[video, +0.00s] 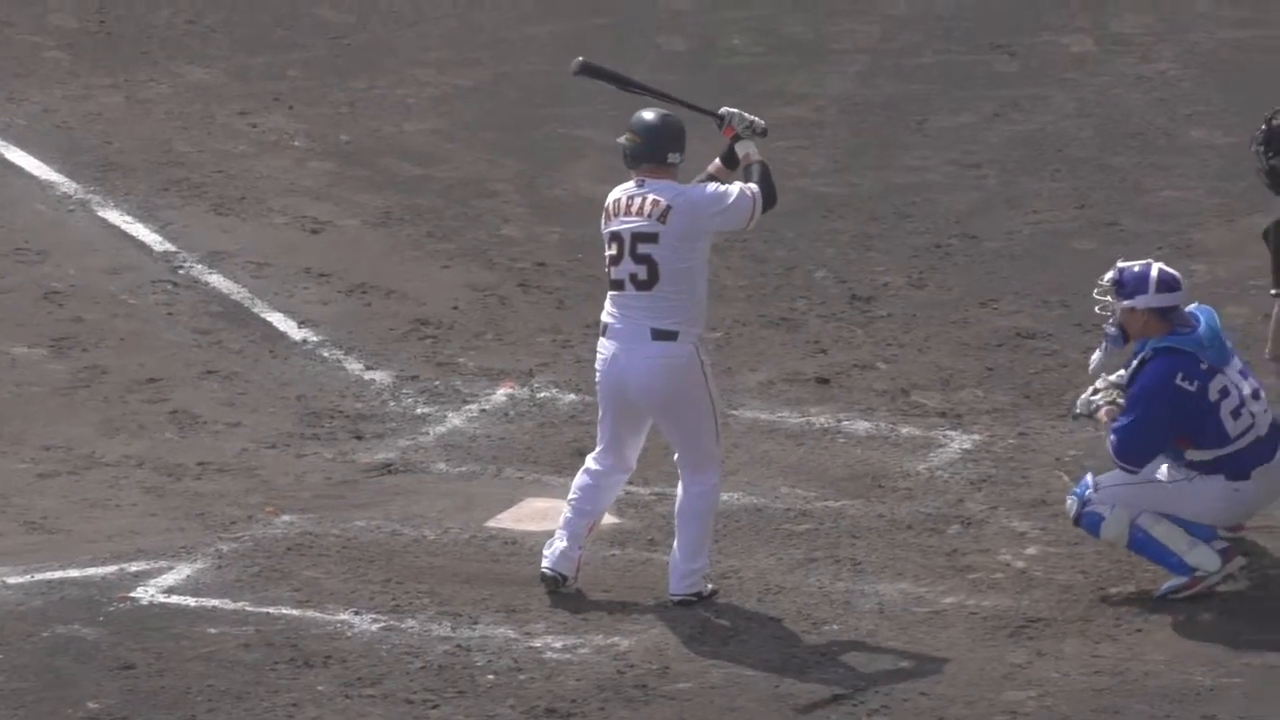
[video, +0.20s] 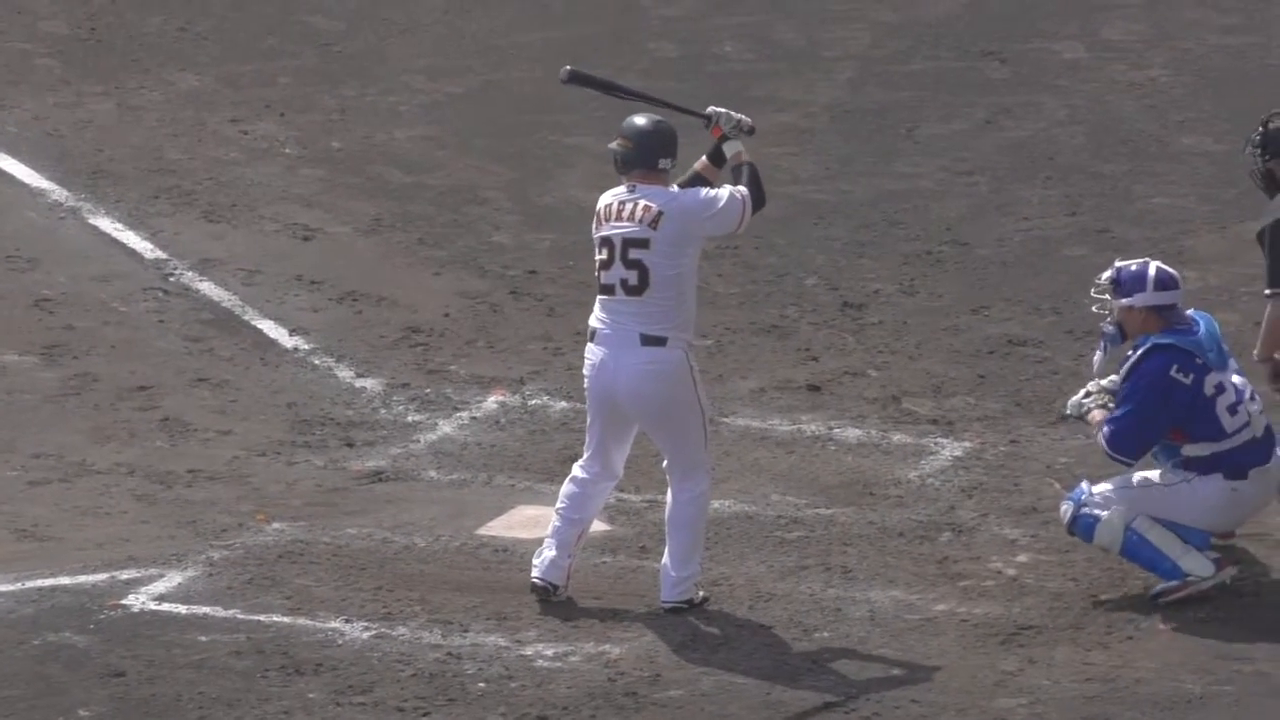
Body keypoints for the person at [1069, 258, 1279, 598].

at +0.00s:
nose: (1114, 314)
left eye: (1120, 307)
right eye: (1116, 306)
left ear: (1144, 314)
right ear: (1168, 307)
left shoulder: (1159, 375)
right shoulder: (1201, 321)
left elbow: (1129, 458)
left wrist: (1107, 414)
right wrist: (1124, 384)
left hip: (1233, 491)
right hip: (1269, 467)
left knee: (1088, 501)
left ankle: (1205, 564)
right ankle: (1221, 523)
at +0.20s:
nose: (1112, 313)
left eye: (1118, 306)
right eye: (1113, 305)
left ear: (1141, 312)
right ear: (1165, 307)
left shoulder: (1158, 367)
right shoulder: (1195, 328)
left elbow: (1121, 448)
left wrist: (1097, 414)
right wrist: (1117, 391)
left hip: (1228, 493)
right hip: (1264, 472)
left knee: (1083, 507)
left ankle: (1196, 571)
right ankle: (1209, 532)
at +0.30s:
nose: (1112, 316)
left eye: (1118, 308)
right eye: (1114, 307)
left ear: (1141, 314)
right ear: (1160, 311)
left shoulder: (1154, 362)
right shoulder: (1190, 332)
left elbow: (1120, 445)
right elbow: (1130, 388)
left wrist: (1080, 432)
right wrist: (1089, 410)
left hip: (1216, 494)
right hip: (1242, 477)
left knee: (1081, 515)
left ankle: (1189, 574)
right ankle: (1203, 540)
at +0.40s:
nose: (1109, 319)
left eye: (1115, 311)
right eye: (1110, 310)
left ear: (1138, 316)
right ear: (1162, 313)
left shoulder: (1152, 364)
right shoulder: (1196, 335)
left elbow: (1119, 450)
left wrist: (1073, 463)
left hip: (1211, 495)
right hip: (1245, 481)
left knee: (1076, 528)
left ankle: (1188, 578)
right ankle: (1201, 553)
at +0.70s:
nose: (1089, 327)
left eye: (1096, 319)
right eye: (1091, 318)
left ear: (1121, 326)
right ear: (1149, 322)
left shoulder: (1125, 375)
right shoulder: (1187, 345)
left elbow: (1083, 451)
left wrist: (1029, 469)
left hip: (1171, 493)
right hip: (1217, 478)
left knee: (1066, 563)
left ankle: (1180, 582)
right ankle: (1202, 541)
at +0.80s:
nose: (1081, 330)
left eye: (1088, 321)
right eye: (1082, 321)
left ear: (1114, 329)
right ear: (1131, 325)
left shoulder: (1117, 375)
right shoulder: (1165, 349)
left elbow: (1061, 443)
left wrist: (1005, 446)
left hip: (1191, 495)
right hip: (1238, 483)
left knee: (1066, 563)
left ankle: (1172, 580)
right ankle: (1200, 546)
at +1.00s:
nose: (1069, 337)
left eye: (1076, 330)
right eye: (1070, 329)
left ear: (1104, 337)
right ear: (1117, 335)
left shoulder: (1099, 387)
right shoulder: (1158, 357)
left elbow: (1020, 431)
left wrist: (962, 421)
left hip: (1194, 495)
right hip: (1237, 474)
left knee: (1063, 564)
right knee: (1143, 465)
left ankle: (1178, 579)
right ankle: (1200, 546)